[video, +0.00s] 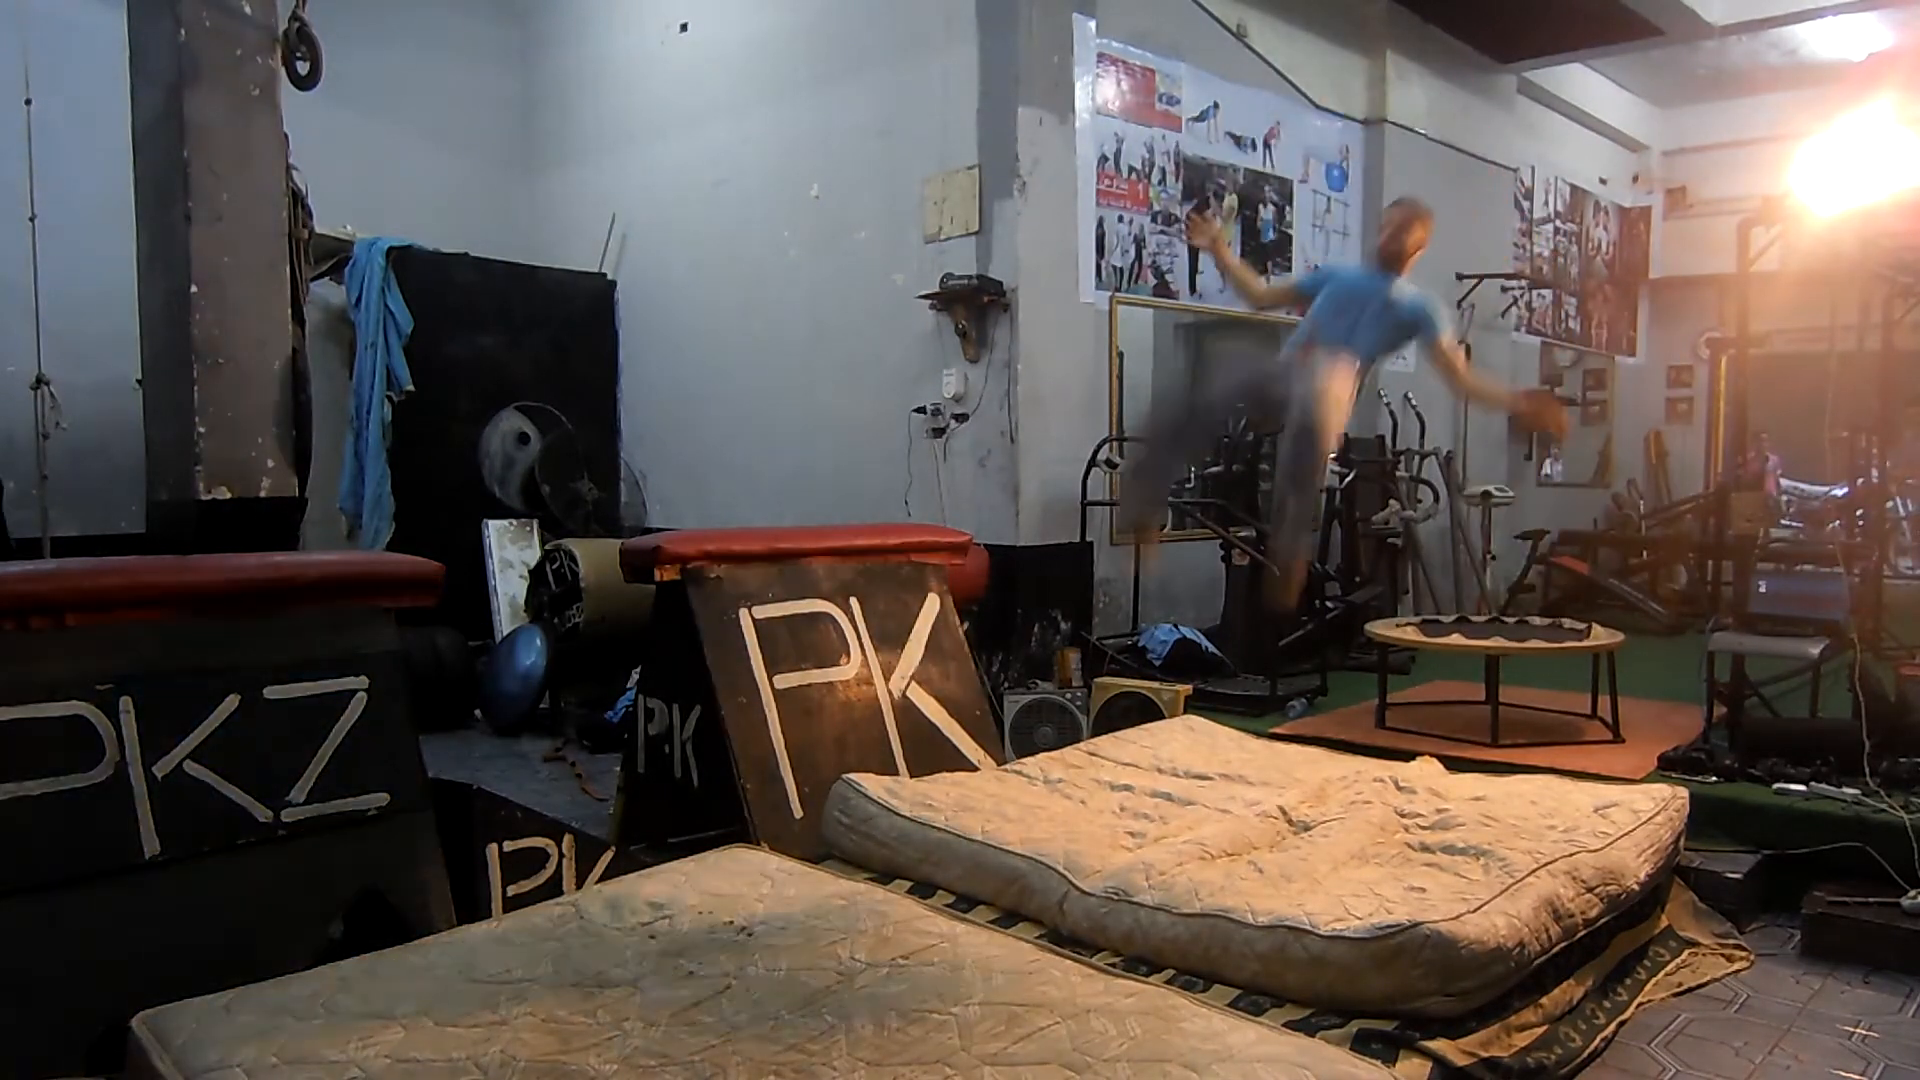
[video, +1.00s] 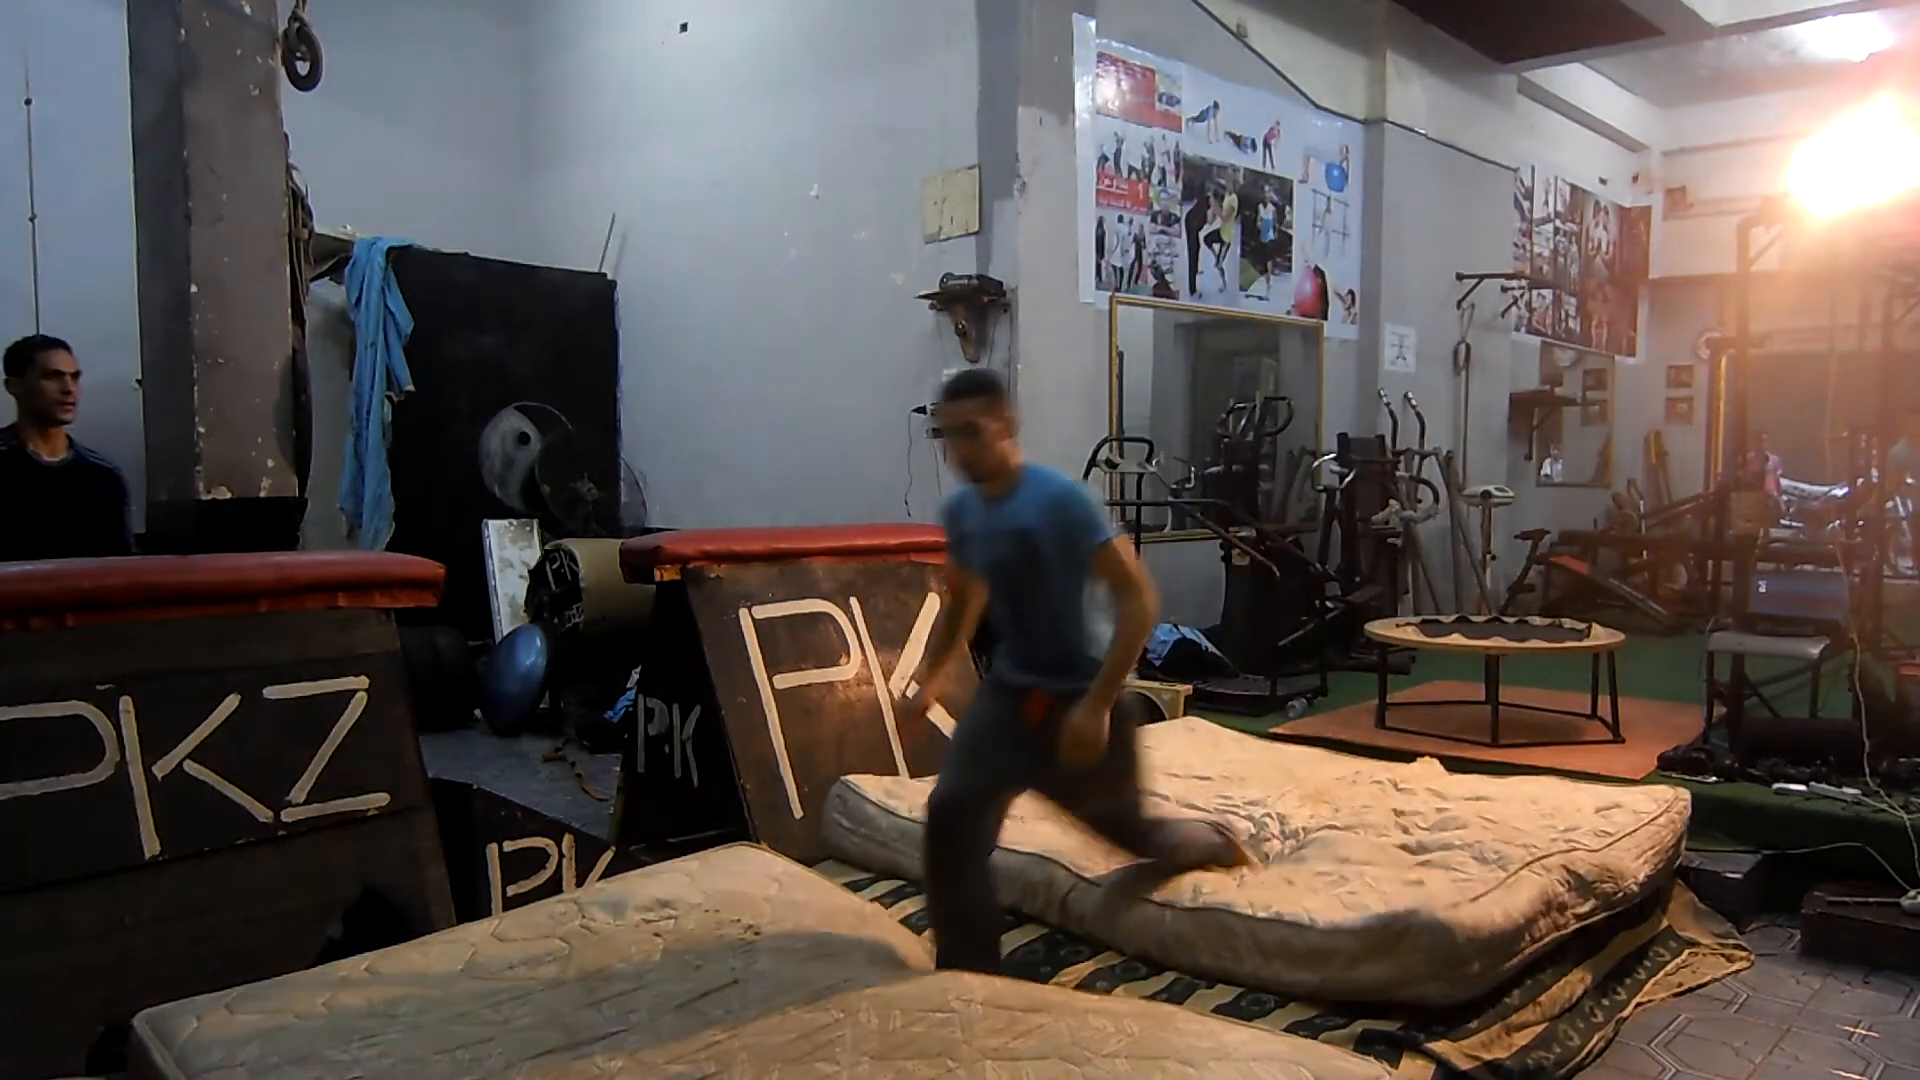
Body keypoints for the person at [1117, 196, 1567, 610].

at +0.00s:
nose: (1399, 242)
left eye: (1410, 237)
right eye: (1396, 231)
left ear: (1419, 247)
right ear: (1383, 232)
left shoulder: (1419, 308)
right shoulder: (1337, 275)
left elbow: (1465, 383)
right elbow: (1261, 295)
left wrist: (1520, 402)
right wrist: (1217, 249)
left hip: (1323, 400)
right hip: (1283, 382)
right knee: (1204, 397)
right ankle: (1142, 503)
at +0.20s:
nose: (1280, 440)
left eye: (1290, 430)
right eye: (1271, 427)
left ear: (1302, 435)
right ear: (1254, 428)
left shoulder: (1318, 500)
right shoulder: (1224, 480)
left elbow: (1370, 555)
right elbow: (1180, 498)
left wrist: (1394, 564)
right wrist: (1152, 479)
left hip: (1270, 659)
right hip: (1208, 651)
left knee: (1258, 790)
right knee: (1165, 781)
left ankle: (1261, 901)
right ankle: (1145, 888)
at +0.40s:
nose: (1204, 456)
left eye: (1215, 443)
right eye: (1196, 443)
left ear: (1242, 432)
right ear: (1186, 438)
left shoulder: (1279, 497)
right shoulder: (1166, 501)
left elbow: (1295, 588)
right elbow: (1140, 585)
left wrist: (1280, 656)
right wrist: (1125, 660)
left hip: (1251, 656)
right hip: (1180, 654)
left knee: (1252, 780)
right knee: (1153, 770)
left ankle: (1250, 897)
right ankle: (1151, 881)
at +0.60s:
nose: (1143, 400)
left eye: (1154, 386)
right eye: (1134, 388)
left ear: (1185, 376)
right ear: (1125, 386)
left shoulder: (1240, 445)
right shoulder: (1120, 454)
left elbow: (1290, 538)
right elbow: (1116, 539)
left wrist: (1234, 588)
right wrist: (1099, 609)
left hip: (1220, 626)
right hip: (1146, 620)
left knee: (1235, 774)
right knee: (1096, 696)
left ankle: (1258, 904)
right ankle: (1146, 771)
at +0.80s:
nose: (1067, 408)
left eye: (1079, 393)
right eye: (1060, 395)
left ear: (1115, 388)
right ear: (1055, 395)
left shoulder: (1174, 459)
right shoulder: (1070, 468)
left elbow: (1233, 560)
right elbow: (1069, 552)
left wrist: (1162, 620)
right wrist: (1028, 619)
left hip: (1179, 646)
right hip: (1099, 641)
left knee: (1209, 776)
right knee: (1030, 724)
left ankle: (1254, 857)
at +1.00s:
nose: (958, 449)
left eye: (970, 432)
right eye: (948, 435)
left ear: (1008, 429)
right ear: (941, 439)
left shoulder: (1062, 500)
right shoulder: (961, 511)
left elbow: (1140, 601)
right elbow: (965, 596)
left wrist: (1096, 706)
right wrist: (928, 681)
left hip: (1081, 699)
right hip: (1009, 694)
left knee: (1128, 832)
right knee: (953, 824)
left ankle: (1214, 846)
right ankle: (969, 993)